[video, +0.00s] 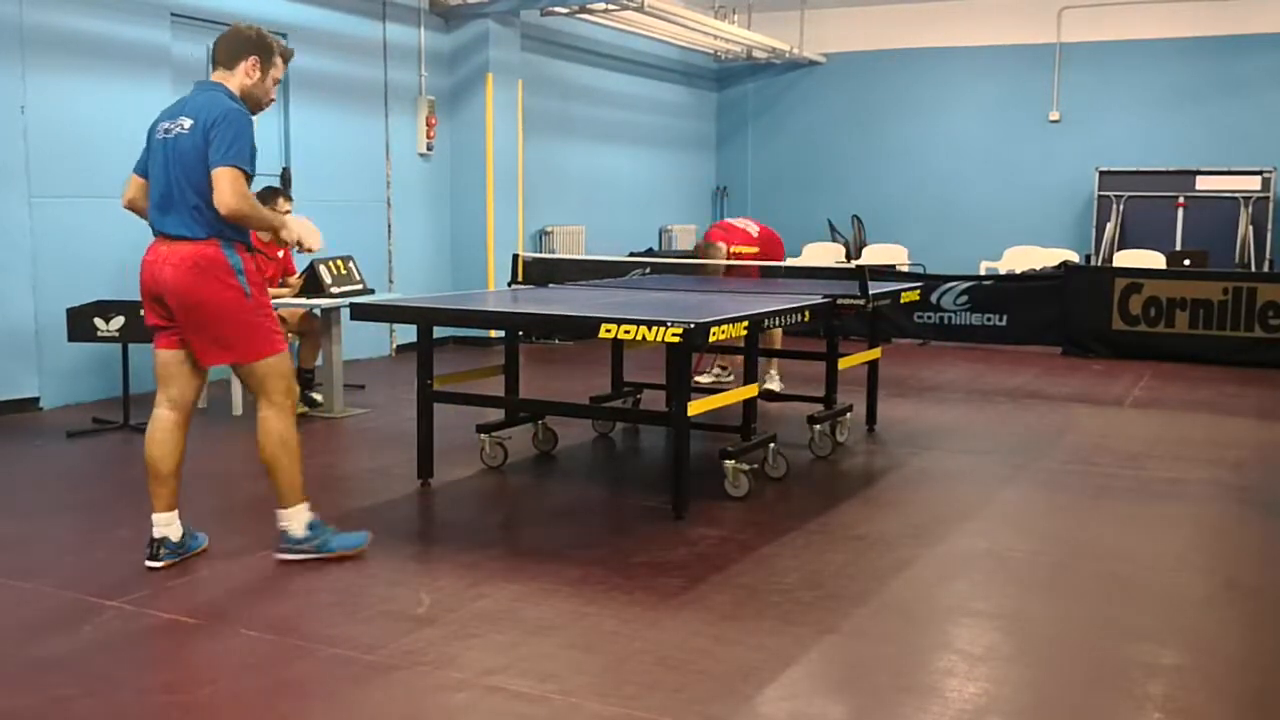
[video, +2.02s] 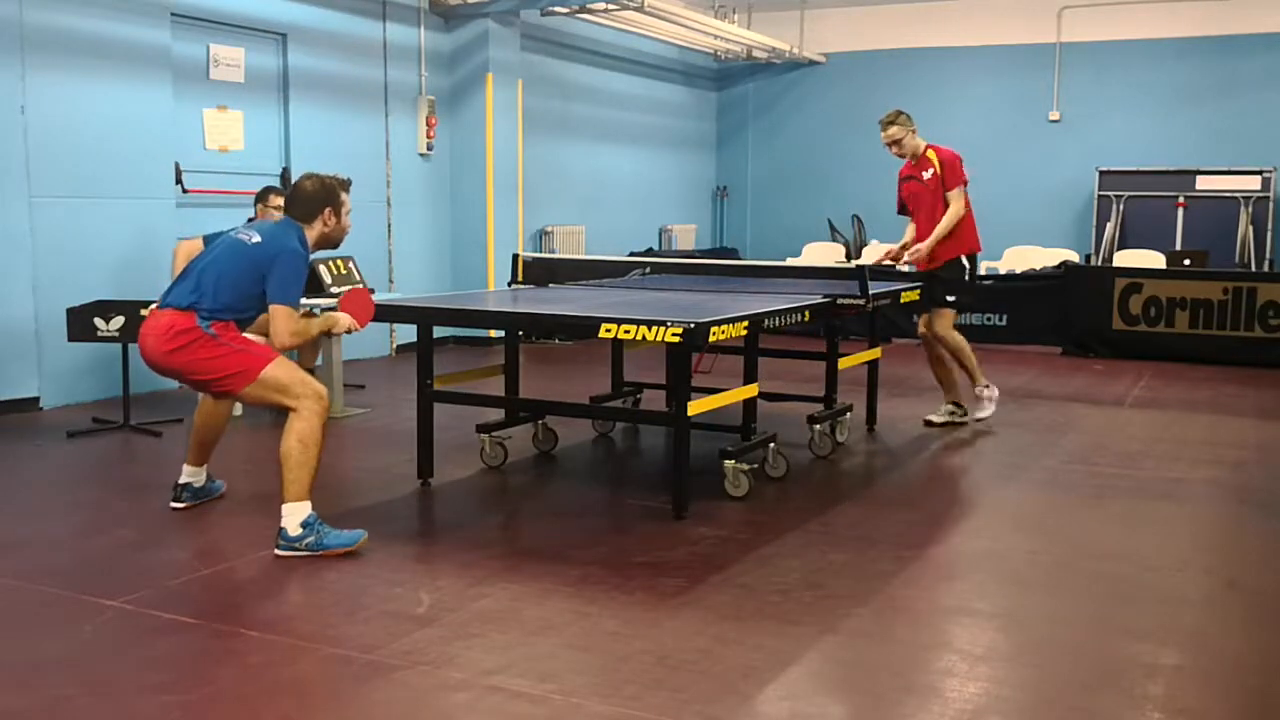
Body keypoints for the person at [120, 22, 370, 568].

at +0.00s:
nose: (275, 92)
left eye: (278, 82)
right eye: (275, 79)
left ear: (226, 68)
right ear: (248, 67)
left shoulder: (169, 115)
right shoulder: (229, 113)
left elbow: (136, 197)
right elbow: (230, 201)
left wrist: (191, 221)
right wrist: (281, 222)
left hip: (160, 265)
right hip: (211, 265)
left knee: (172, 400)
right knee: (277, 392)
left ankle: (165, 534)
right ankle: (298, 527)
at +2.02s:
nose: (349, 224)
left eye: (348, 215)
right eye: (346, 214)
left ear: (296, 211)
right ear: (327, 217)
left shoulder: (259, 229)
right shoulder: (291, 249)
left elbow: (187, 248)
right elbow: (285, 336)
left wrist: (182, 303)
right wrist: (329, 322)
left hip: (159, 328)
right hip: (188, 334)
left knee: (227, 379)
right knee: (311, 397)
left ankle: (191, 482)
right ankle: (297, 526)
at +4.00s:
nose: (329, 144)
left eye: (325, 135)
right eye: (323, 136)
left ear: (283, 146)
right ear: (305, 145)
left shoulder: (242, 183)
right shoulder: (291, 195)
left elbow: (187, 227)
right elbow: (296, 279)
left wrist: (216, 274)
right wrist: (348, 262)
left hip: (197, 312)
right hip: (239, 315)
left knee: (239, 386)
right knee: (332, 404)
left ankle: (193, 481)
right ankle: (301, 526)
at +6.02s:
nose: (296, 87)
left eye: (294, 78)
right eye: (289, 79)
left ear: (258, 84)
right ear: (266, 84)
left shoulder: (237, 128)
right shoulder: (234, 134)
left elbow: (220, 206)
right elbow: (208, 207)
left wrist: (270, 222)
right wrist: (268, 225)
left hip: (201, 259)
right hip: (208, 262)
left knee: (217, 375)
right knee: (249, 379)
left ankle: (188, 475)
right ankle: (224, 498)